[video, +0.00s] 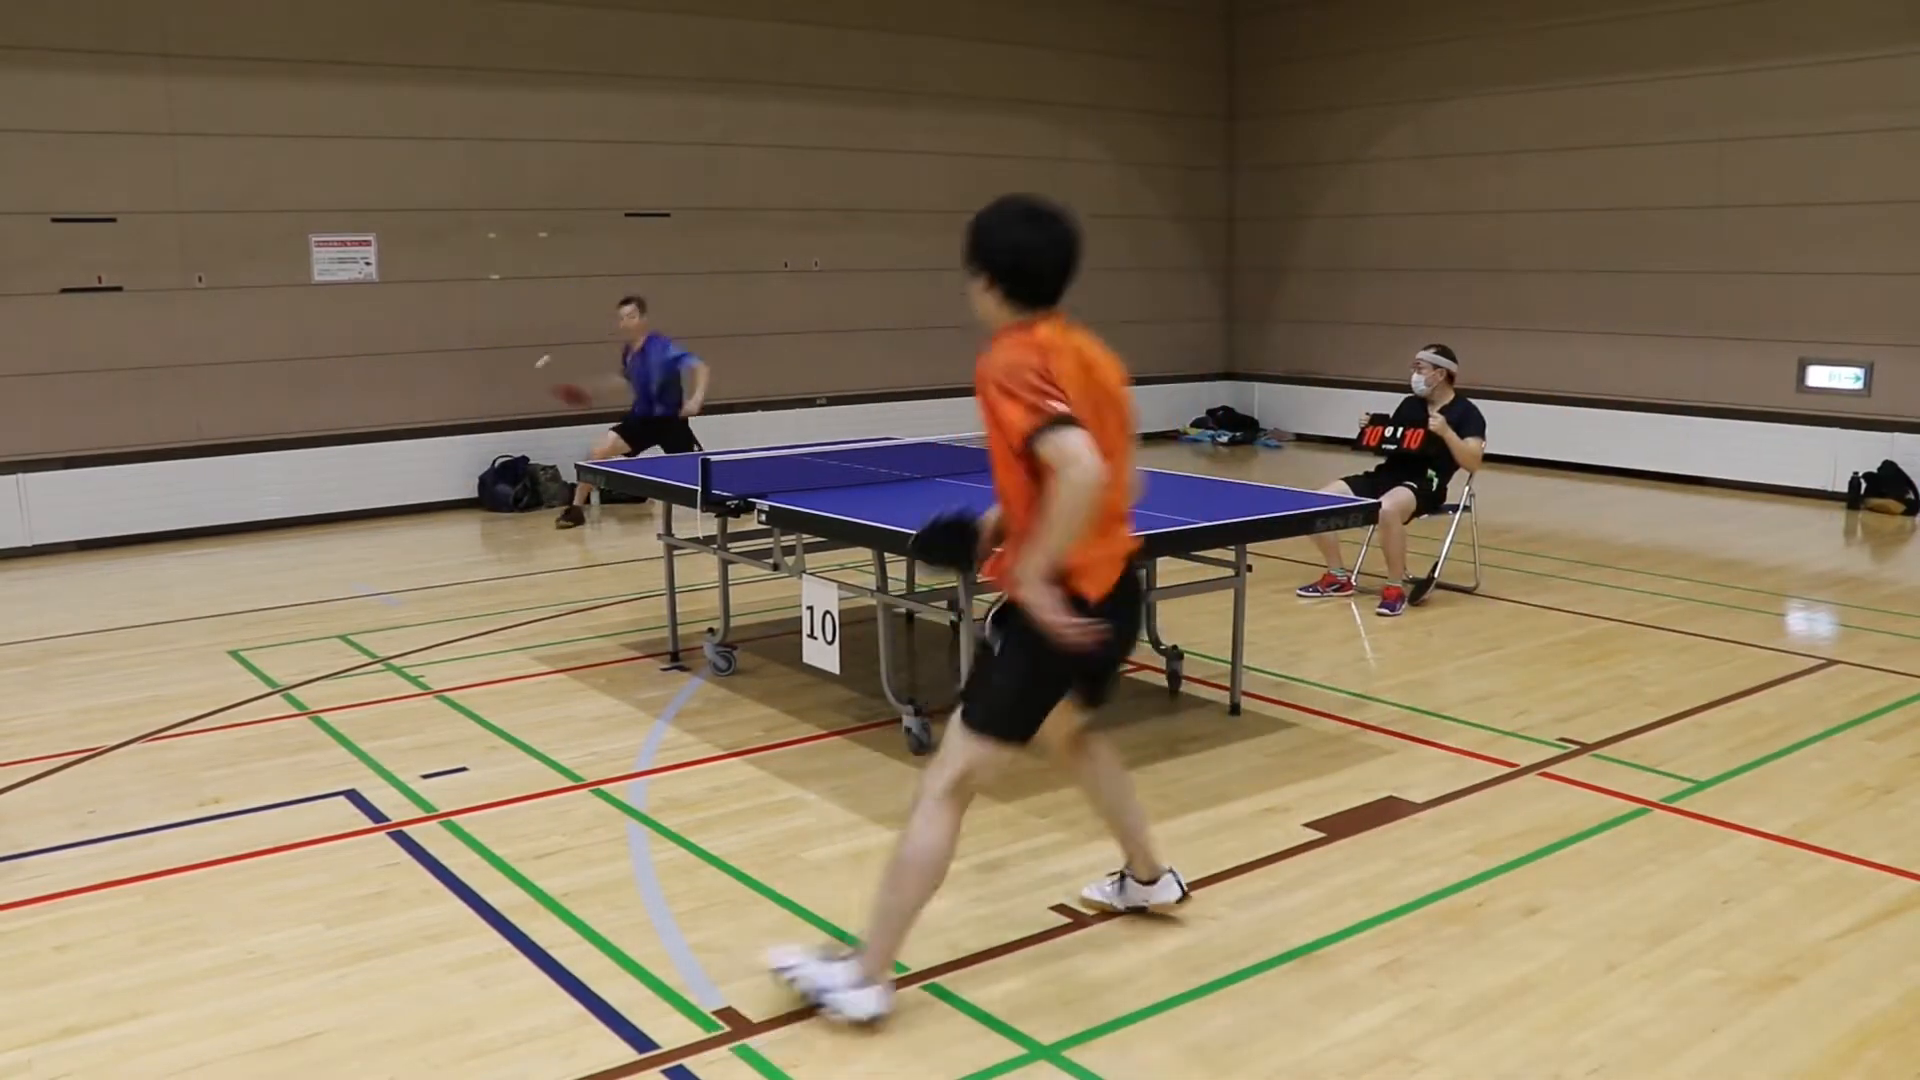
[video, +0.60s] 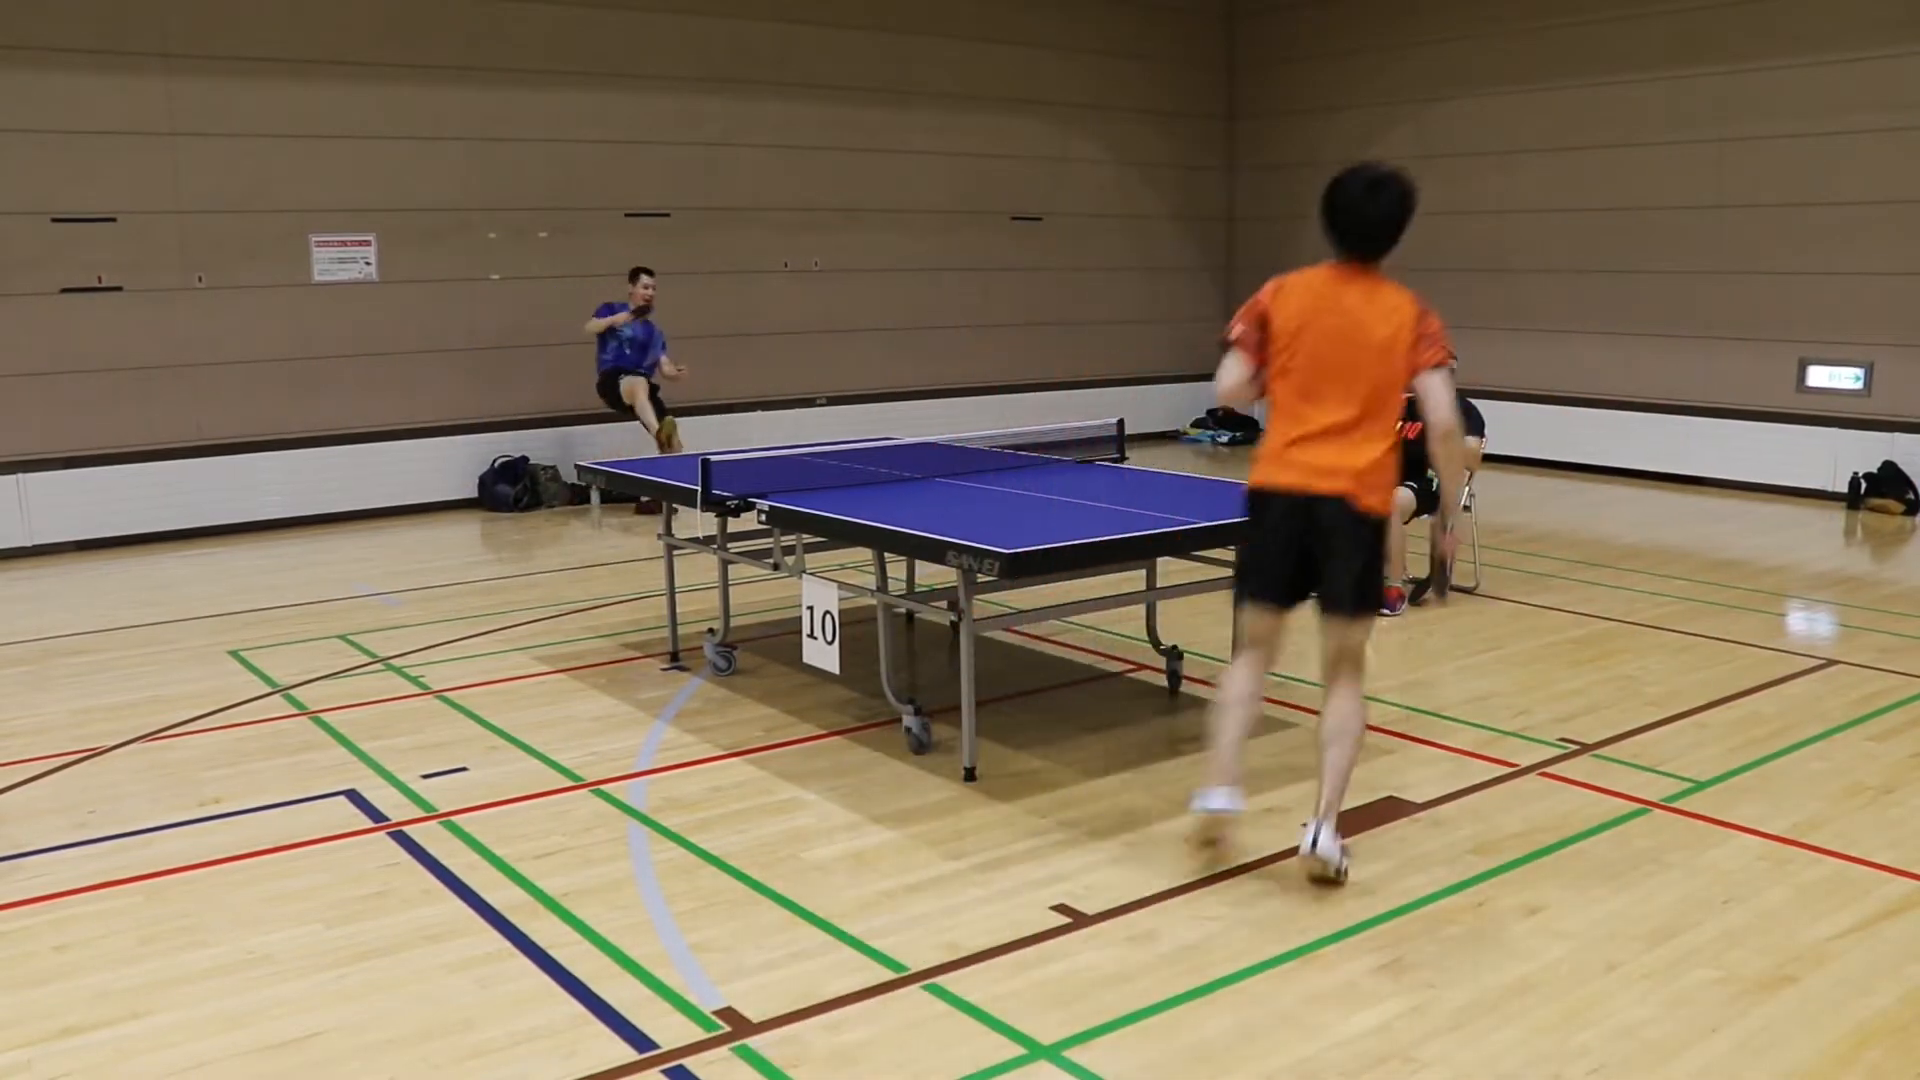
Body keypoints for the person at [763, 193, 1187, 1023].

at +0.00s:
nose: (970, 286)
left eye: (973, 273)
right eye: (971, 272)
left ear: (992, 280)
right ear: (1056, 279)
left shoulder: (1012, 360)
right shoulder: (1093, 354)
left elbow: (1079, 469)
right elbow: (1110, 480)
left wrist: (1037, 574)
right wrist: (1005, 525)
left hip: (1049, 599)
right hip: (1109, 589)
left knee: (947, 782)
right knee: (1076, 731)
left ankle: (867, 973)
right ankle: (1148, 875)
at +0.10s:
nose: (1022, 264)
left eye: (1027, 252)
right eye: (1027, 250)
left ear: (1041, 262)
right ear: (1108, 262)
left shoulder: (1023, 344)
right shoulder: (1154, 348)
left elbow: (997, 469)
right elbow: (1178, 482)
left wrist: (966, 556)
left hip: (1081, 576)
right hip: (1164, 564)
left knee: (977, 744)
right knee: (1150, 707)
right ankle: (1181, 862)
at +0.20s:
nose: (1085, 287)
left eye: (1089, 276)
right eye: (1091, 275)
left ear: (1100, 284)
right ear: (1172, 287)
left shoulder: (1059, 360)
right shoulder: (1205, 374)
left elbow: (988, 486)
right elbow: (1238, 523)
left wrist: (1029, 550)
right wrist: (1202, 541)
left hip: (1085, 598)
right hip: (1178, 594)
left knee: (1026, 771)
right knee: (1227, 722)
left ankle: (1037, 950)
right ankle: (1277, 861)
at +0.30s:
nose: (1156, 309)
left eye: (1159, 299)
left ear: (1165, 307)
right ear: (1238, 315)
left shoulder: (1110, 378)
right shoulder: (1259, 406)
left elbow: (1072, 493)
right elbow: (1291, 541)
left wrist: (1116, 548)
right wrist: (1308, 626)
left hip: (1101, 612)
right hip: (1201, 617)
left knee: (1055, 771)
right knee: (1279, 714)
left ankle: (1029, 935)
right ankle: (1309, 869)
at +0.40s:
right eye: (1308, 293)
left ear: (1233, 292)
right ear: (1304, 302)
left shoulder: (1184, 367)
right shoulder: (1309, 390)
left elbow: (1148, 475)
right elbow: (1344, 519)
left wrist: (1198, 522)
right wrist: (1389, 617)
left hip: (1161, 588)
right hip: (1251, 595)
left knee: (1113, 742)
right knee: (1310, 711)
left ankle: (1053, 888)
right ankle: (1312, 867)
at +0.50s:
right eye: (1361, 266)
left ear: (1289, 266)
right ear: (1358, 276)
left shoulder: (1241, 339)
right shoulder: (1368, 360)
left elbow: (1187, 443)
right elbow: (1401, 476)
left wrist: (1251, 458)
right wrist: (1422, 578)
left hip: (1224, 551)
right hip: (1307, 561)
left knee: (1181, 695)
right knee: (1322, 706)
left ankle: (1119, 818)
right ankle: (1314, 862)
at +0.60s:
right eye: (1396, 227)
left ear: (1329, 224)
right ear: (1397, 236)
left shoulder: (1280, 295)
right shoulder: (1410, 315)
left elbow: (1231, 389)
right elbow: (1443, 427)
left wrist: (1274, 402)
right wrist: (1451, 514)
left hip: (1275, 503)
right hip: (1356, 512)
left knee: (1253, 649)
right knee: (1345, 667)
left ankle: (1222, 783)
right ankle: (1324, 824)